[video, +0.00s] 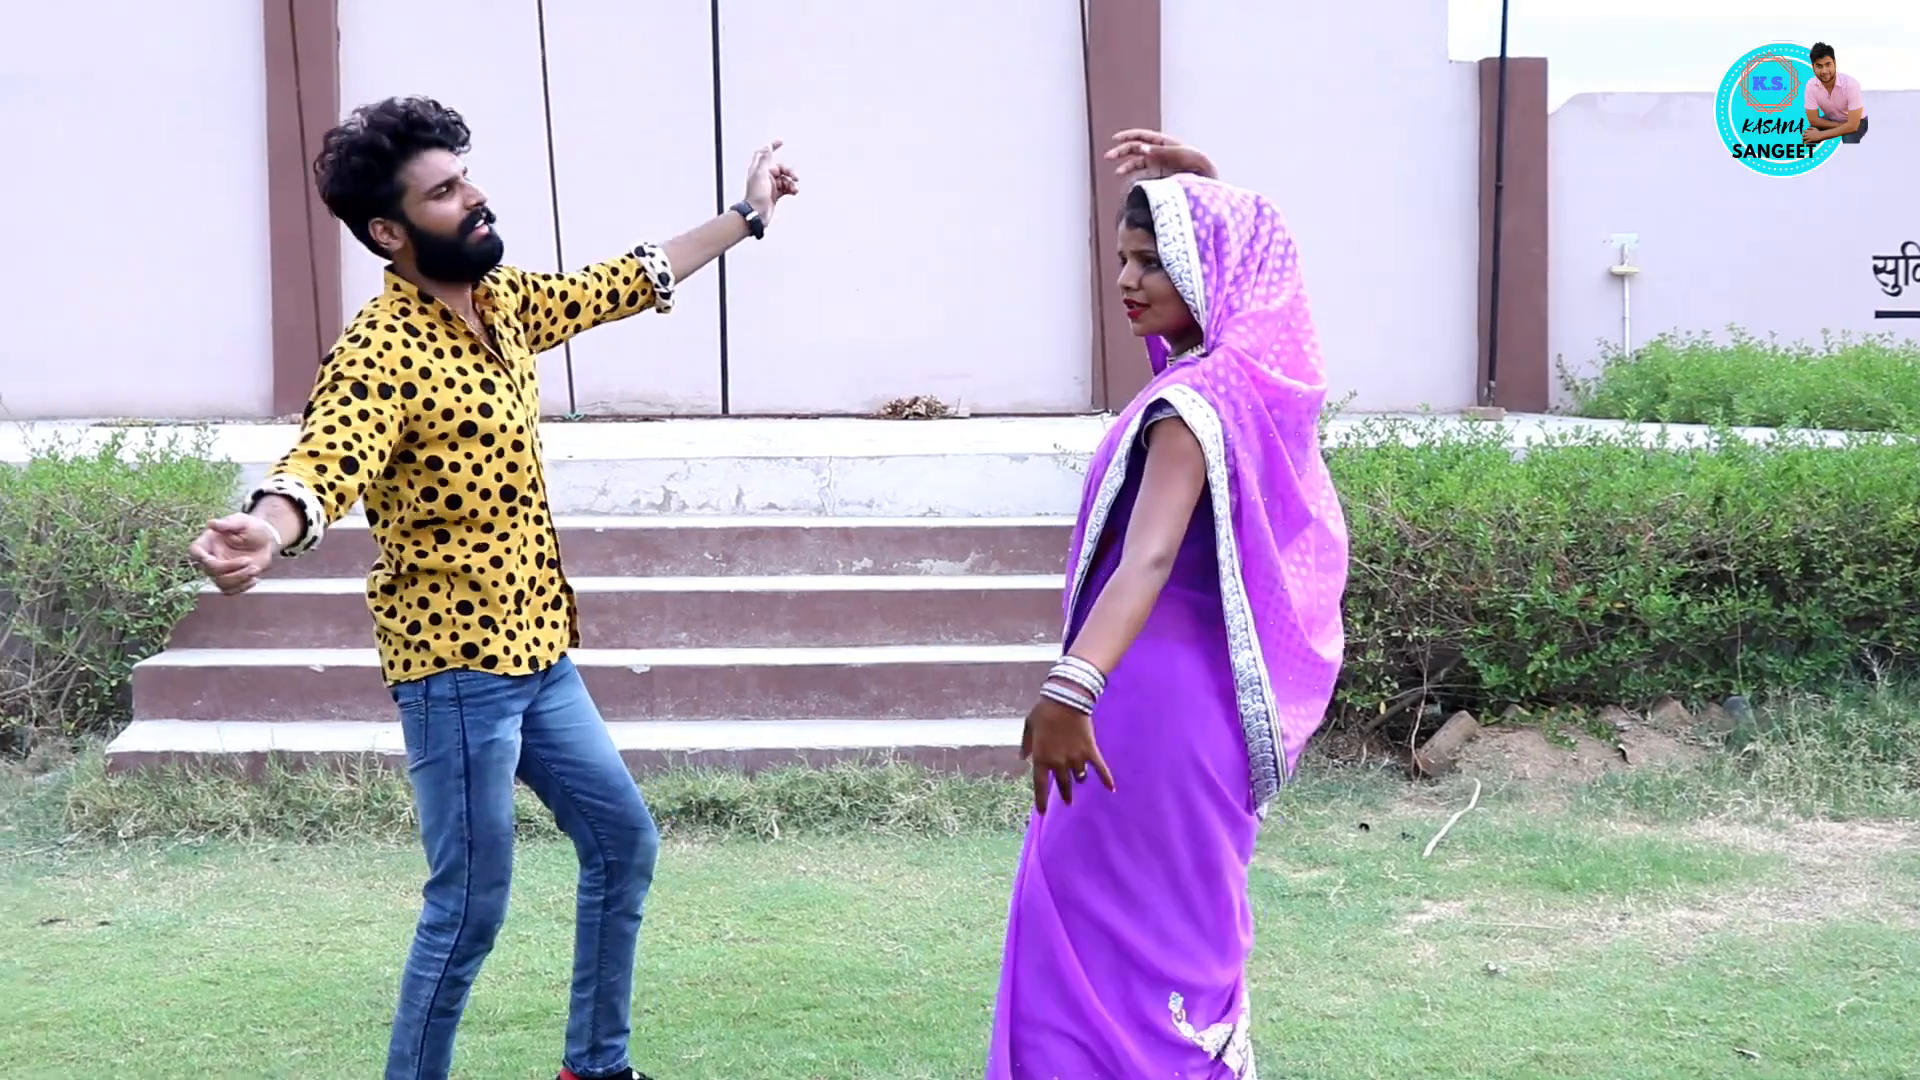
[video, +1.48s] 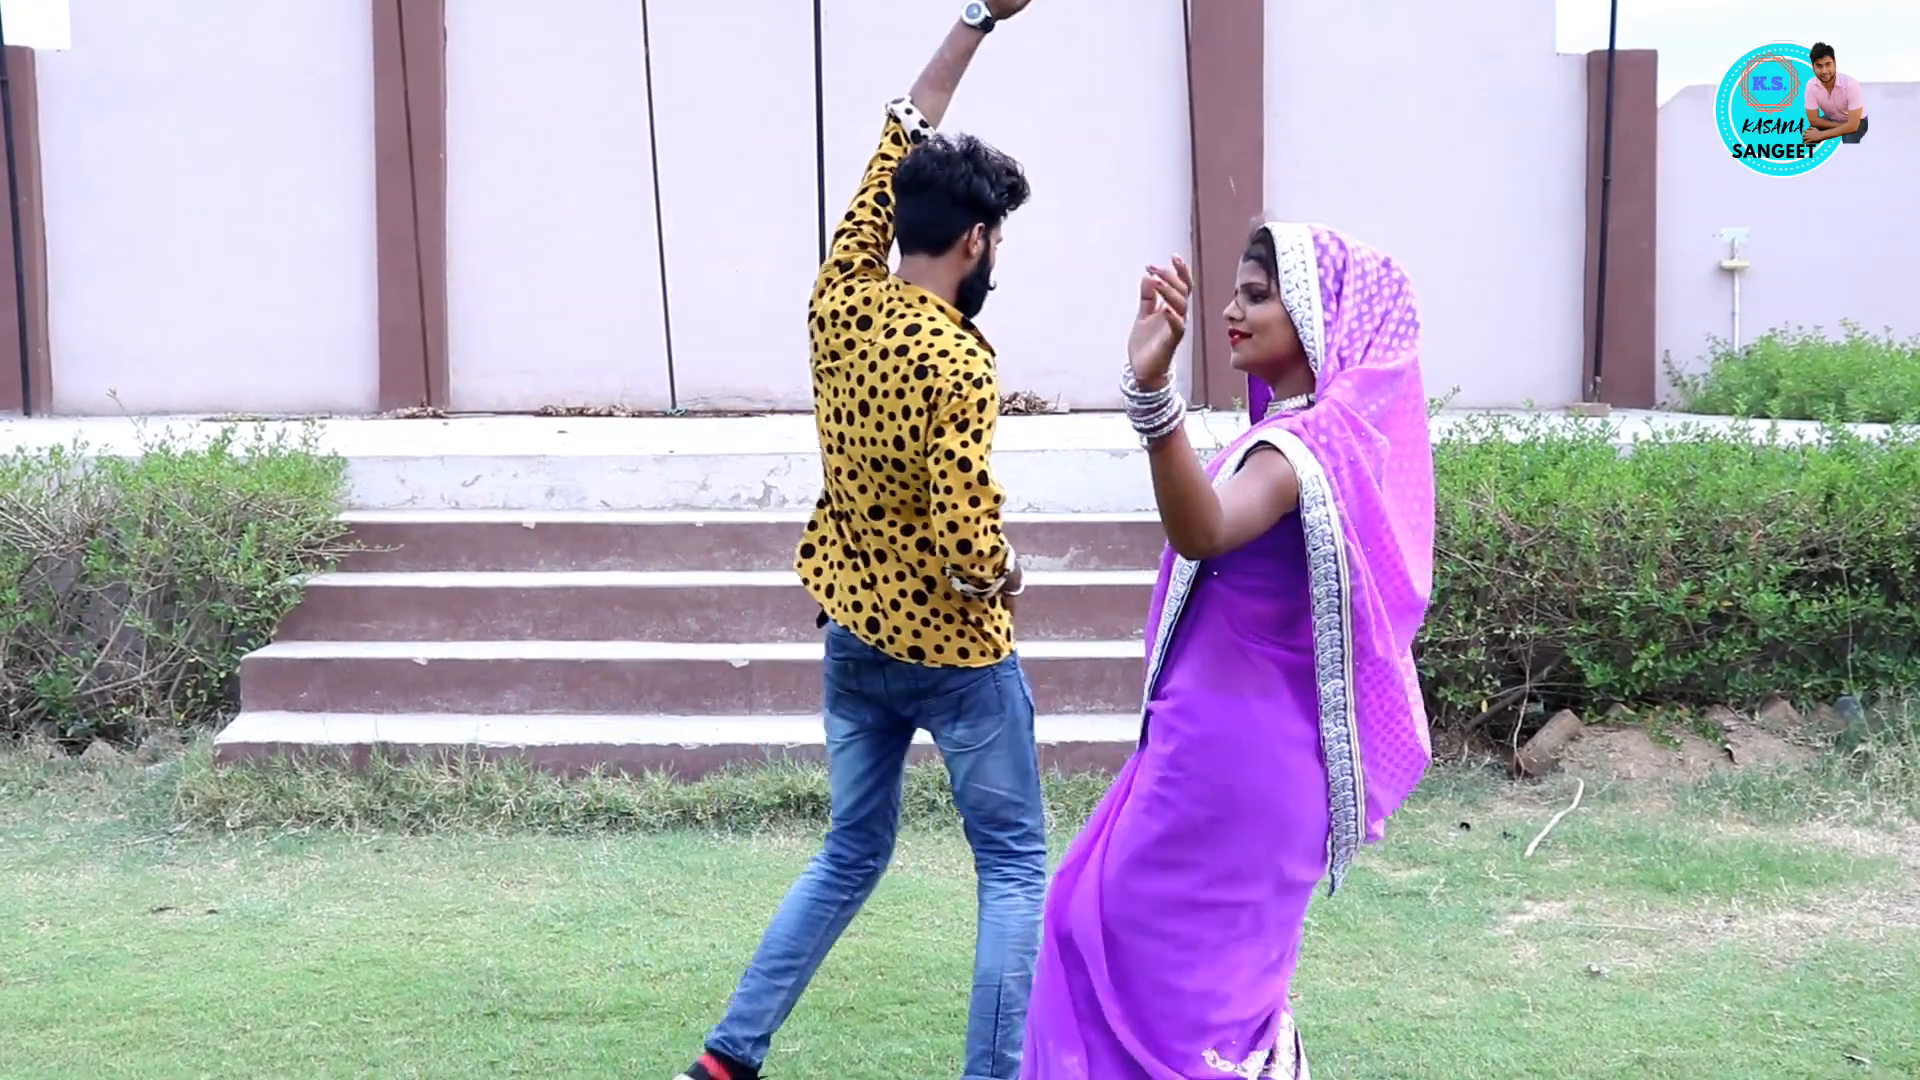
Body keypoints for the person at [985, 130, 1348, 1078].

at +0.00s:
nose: (1123, 281)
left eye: (1144, 262)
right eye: (1121, 260)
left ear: (1208, 275)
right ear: (1226, 278)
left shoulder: (1189, 405)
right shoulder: (1266, 384)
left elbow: (1149, 561)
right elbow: (1256, 265)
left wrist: (1069, 686)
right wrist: (1205, 181)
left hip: (1148, 714)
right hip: (1213, 712)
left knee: (1078, 963)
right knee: (1189, 959)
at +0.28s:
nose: (1197, 275)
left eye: (1220, 258)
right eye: (1193, 257)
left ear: (1282, 275)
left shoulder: (1263, 403)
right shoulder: (1300, 372)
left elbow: (1230, 555)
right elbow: (1207, 317)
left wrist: (1186, 662)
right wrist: (1188, 207)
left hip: (1216, 717)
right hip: (1263, 711)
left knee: (1086, 928)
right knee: (1244, 953)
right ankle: (1259, 1062)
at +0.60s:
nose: (1205, 243)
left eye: (1229, 225)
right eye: (1208, 227)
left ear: (1294, 252)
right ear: (1252, 261)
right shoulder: (1220, 356)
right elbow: (1160, 321)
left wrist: (1365, 504)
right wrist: (1134, 259)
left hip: (1271, 690)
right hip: (1189, 684)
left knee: (1268, 946)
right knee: (1171, 932)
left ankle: (1296, 1064)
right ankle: (1172, 1066)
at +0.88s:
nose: (1224, 255)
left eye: (1248, 235)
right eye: (1225, 241)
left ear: (1316, 258)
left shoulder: (1321, 384)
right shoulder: (1241, 360)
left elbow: (1343, 499)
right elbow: (1191, 314)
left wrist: (1391, 429)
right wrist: (1166, 256)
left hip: (1236, 696)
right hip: (1173, 684)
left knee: (1218, 939)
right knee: (1140, 927)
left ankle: (1266, 1065)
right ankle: (1144, 1069)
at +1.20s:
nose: (1228, 296)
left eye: (1251, 281)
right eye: (1229, 278)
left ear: (1310, 303)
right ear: (1309, 311)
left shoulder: (1296, 416)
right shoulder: (1324, 401)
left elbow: (1267, 464)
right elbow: (1276, 290)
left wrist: (1210, 485)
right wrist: (1270, 201)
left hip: (1218, 727)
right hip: (1259, 726)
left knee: (1116, 955)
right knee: (1235, 979)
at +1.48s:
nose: (1233, 313)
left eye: (1258, 296)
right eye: (1235, 297)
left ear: (1326, 316)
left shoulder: (1298, 439)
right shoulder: (1341, 433)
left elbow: (1205, 532)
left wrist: (1152, 393)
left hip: (1232, 755)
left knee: (1096, 919)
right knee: (1075, 900)